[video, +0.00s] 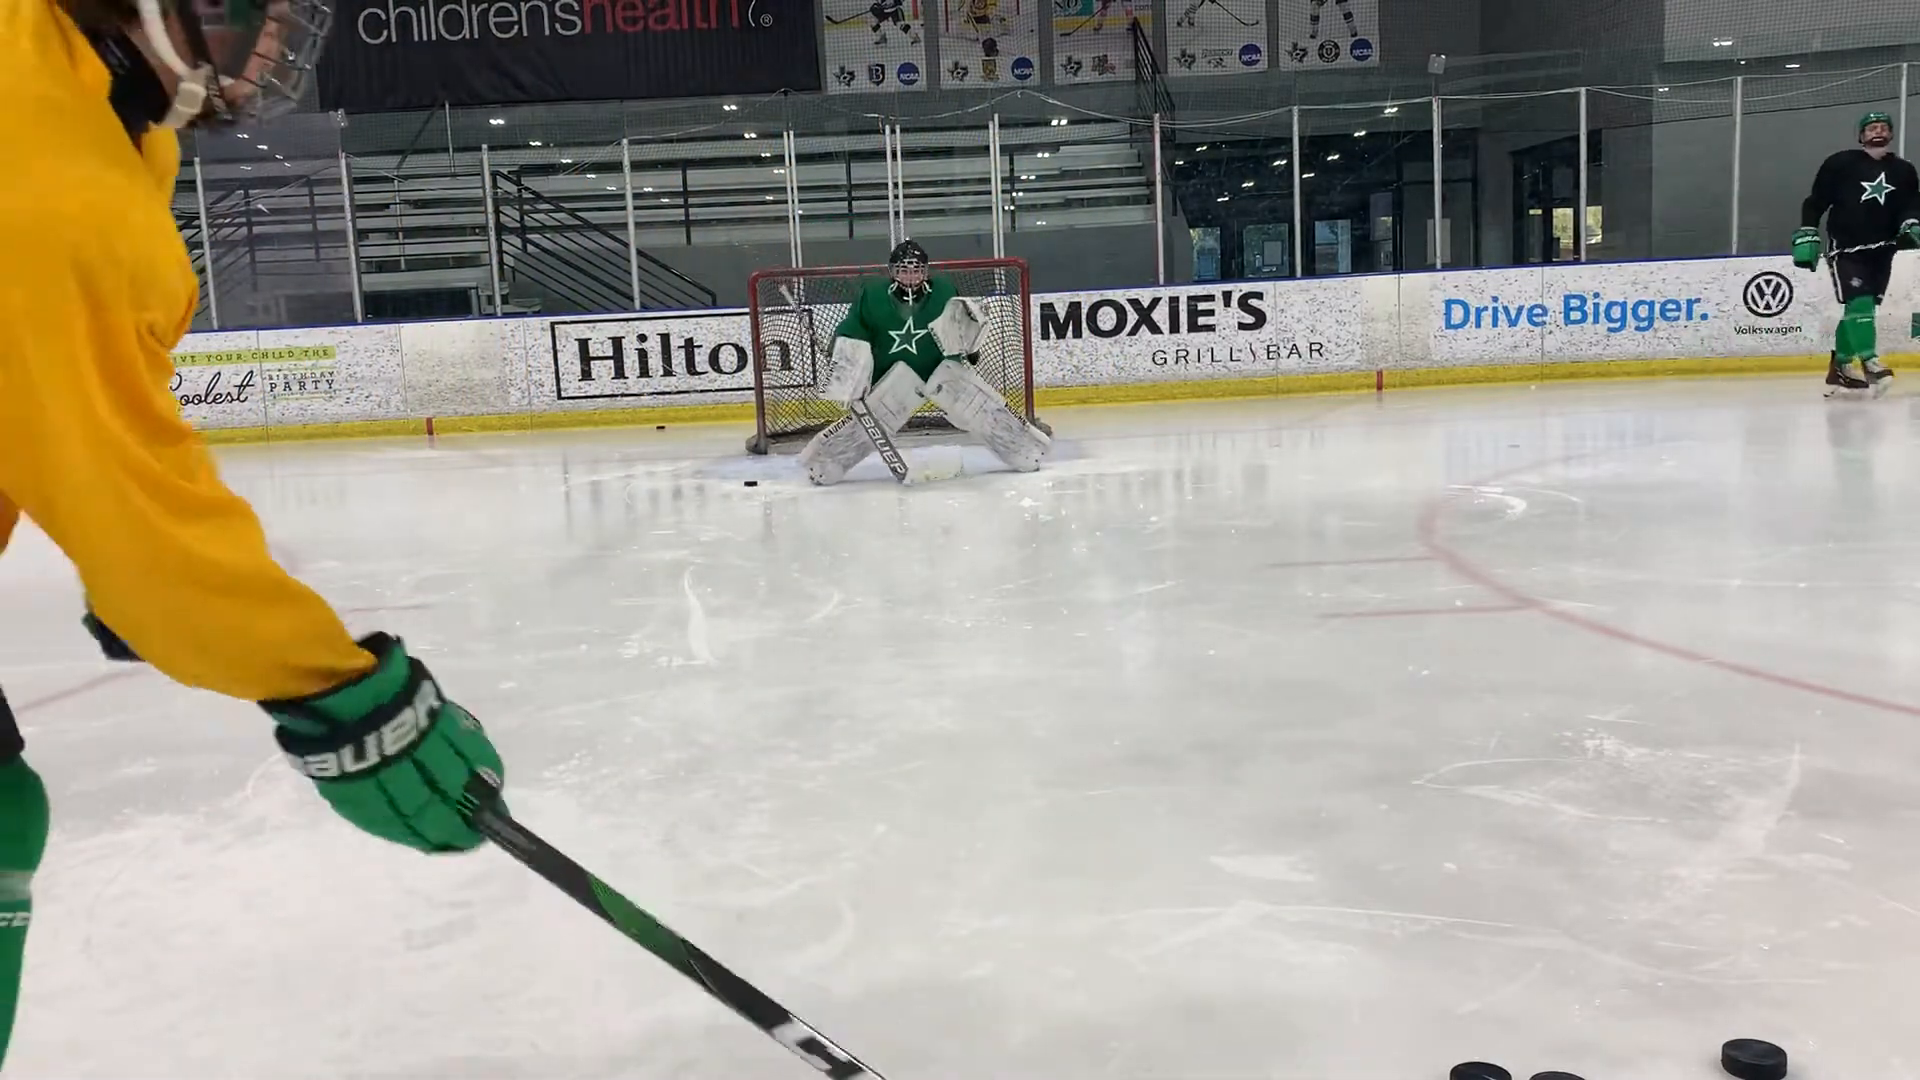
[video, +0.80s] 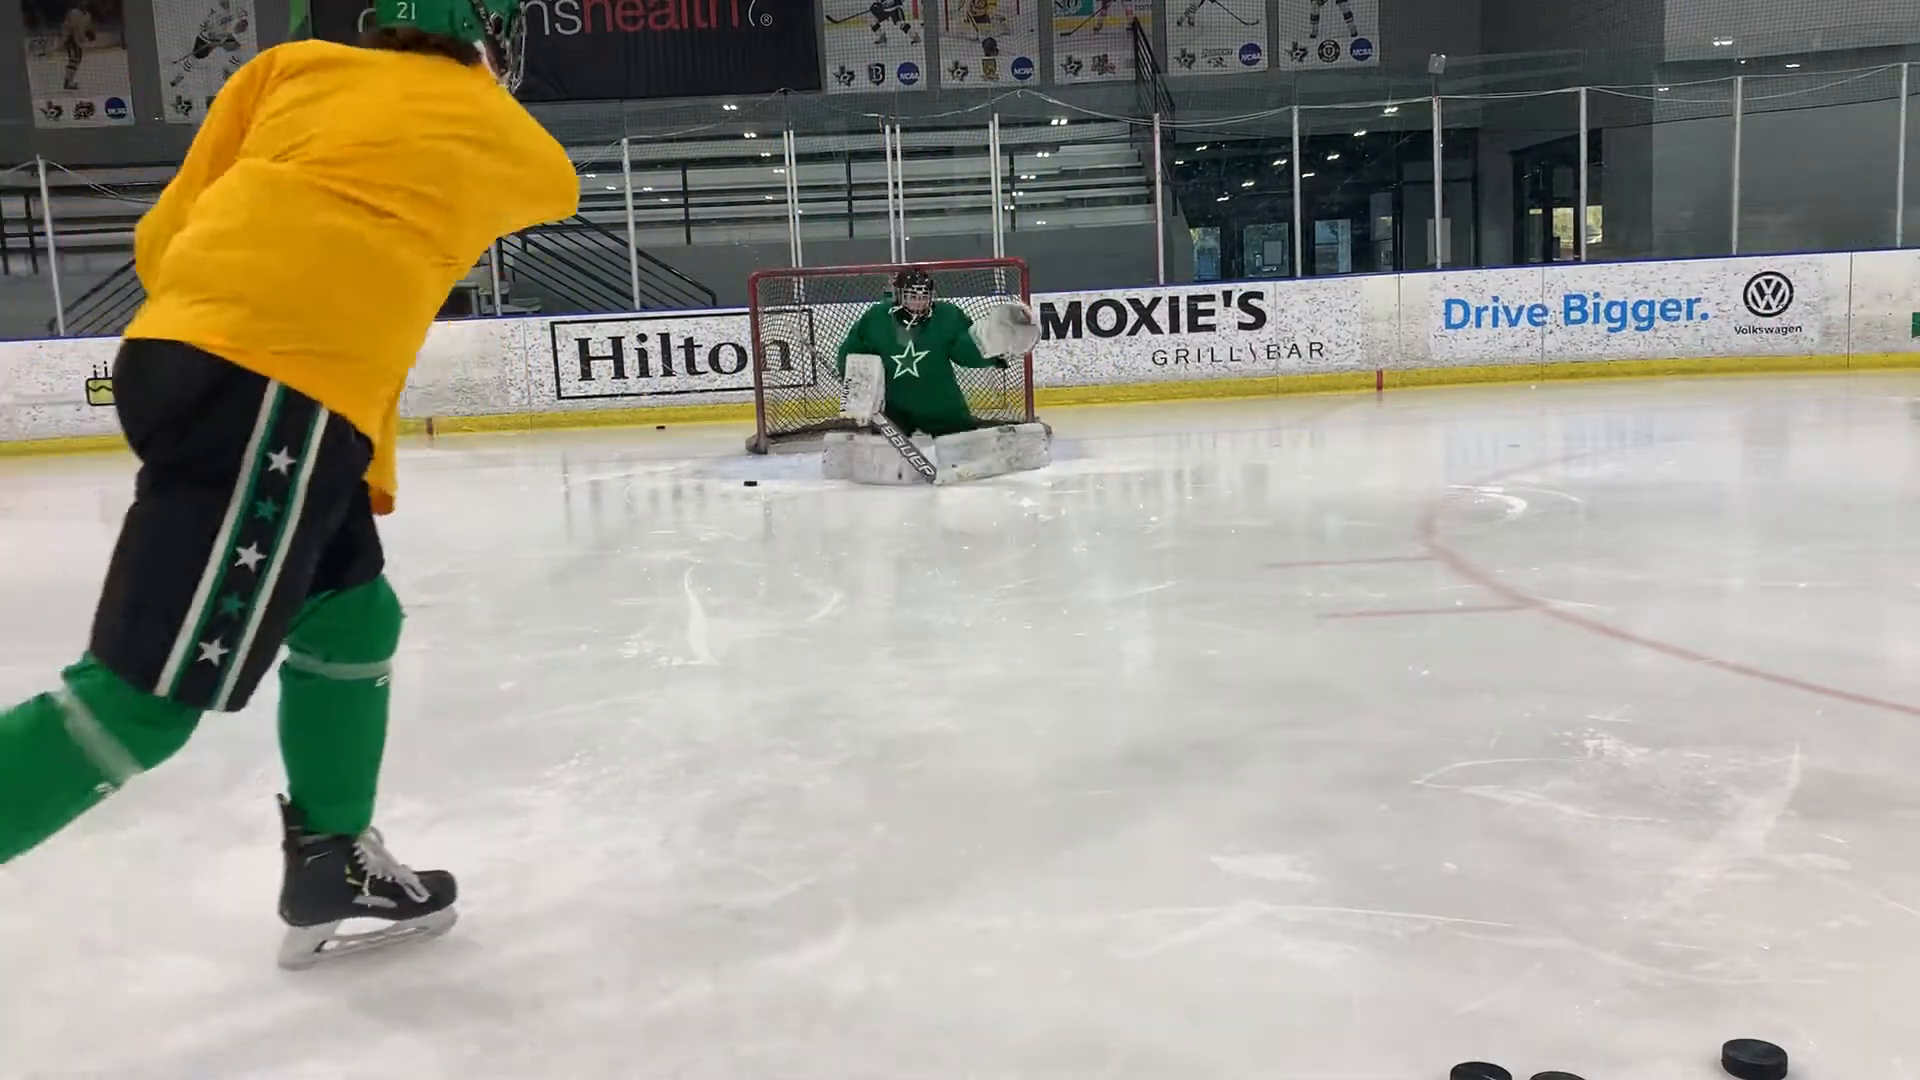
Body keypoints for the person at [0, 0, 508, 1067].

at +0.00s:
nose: (248, 63)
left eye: (264, 32)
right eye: (247, 23)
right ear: (177, 8)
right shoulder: (57, 185)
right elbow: (145, 519)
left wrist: (125, 558)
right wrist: (346, 698)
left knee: (9, 815)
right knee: (3, 820)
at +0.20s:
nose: (370, 122)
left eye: (384, 88)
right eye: (367, 80)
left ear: (223, 36)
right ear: (304, 59)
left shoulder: (107, 113)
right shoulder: (164, 219)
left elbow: (149, 385)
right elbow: (256, 513)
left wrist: (205, 569)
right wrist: (430, 728)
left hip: (7, 551)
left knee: (36, 815)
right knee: (30, 821)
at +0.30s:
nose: (410, 140)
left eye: (423, 105)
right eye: (409, 101)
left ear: (273, 54)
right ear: (356, 81)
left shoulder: (161, 130)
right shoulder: (218, 225)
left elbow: (161, 379)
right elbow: (257, 496)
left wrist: (210, 572)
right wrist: (392, 713)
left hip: (22, 520)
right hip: (4, 530)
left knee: (50, 803)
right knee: (55, 809)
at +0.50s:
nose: (452, 134)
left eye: (461, 107)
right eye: (451, 103)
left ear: (330, 56)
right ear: (405, 92)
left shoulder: (190, 82)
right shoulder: (358, 239)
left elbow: (64, 171)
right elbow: (356, 440)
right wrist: (444, 430)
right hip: (83, 482)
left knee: (164, 676)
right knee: (65, 836)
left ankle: (98, 907)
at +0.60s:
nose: (478, 109)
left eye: (483, 80)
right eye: (475, 78)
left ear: (354, 45)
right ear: (439, 68)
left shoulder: (216, 66)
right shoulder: (457, 211)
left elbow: (78, 186)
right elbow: (404, 344)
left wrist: (80, 309)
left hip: (40, 409)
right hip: (152, 469)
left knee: (267, 651)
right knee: (27, 804)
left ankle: (225, 883)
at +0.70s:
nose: (502, 85)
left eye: (501, 65)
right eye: (496, 63)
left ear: (368, 40)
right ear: (468, 58)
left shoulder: (264, 74)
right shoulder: (471, 151)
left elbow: (116, 208)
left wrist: (164, 332)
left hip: (111, 374)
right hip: (234, 411)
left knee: (314, 636)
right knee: (56, 741)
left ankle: (273, 873)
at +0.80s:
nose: (505, 59)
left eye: (503, 42)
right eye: (499, 40)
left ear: (381, 26)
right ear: (479, 40)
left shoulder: (285, 65)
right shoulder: (489, 121)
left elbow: (161, 233)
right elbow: (557, 187)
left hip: (165, 354)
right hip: (287, 385)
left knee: (350, 614)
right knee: (133, 704)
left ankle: (333, 862)